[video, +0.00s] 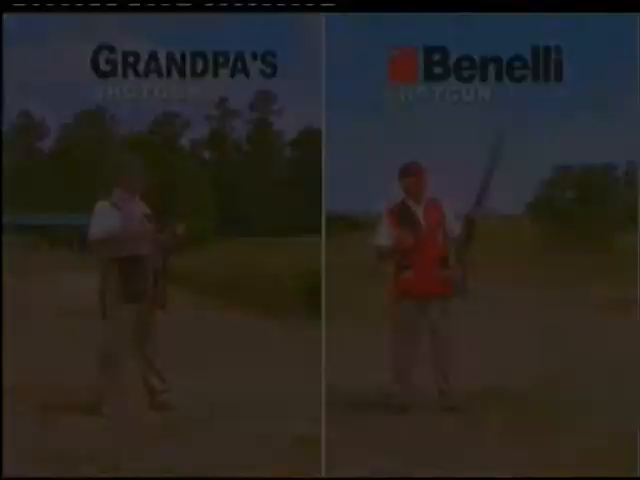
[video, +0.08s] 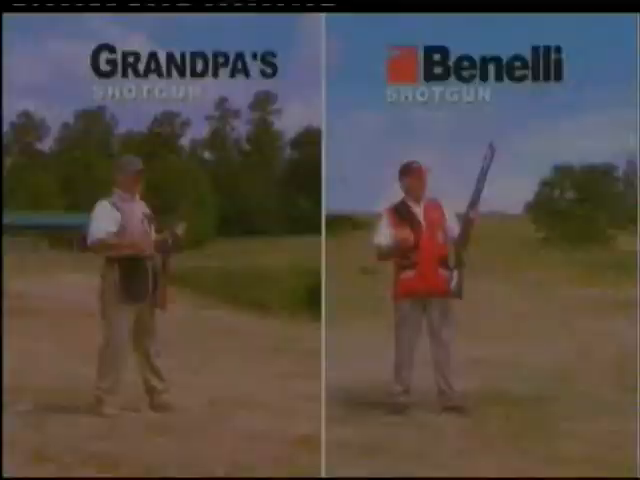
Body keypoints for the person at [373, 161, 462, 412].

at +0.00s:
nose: (415, 187)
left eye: (419, 181)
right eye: (410, 182)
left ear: (425, 183)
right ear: (402, 185)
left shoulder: (437, 211)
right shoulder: (393, 214)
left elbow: (451, 241)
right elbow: (382, 250)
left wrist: (466, 231)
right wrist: (401, 247)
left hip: (437, 286)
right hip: (407, 288)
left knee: (442, 338)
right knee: (405, 340)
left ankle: (445, 389)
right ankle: (403, 389)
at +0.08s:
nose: (419, 184)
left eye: (421, 179)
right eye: (413, 179)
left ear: (426, 181)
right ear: (403, 182)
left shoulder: (438, 210)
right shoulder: (391, 214)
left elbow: (455, 242)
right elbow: (381, 251)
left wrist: (467, 226)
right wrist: (399, 244)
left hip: (438, 284)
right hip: (408, 285)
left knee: (442, 340)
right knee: (405, 340)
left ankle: (447, 392)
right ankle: (402, 391)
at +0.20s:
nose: (421, 184)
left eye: (423, 178)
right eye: (415, 179)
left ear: (427, 180)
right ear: (404, 182)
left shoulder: (440, 209)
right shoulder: (393, 212)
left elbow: (453, 246)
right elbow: (380, 248)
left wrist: (461, 229)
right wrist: (400, 243)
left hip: (438, 281)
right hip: (409, 282)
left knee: (443, 341)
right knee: (406, 342)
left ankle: (450, 395)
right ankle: (401, 394)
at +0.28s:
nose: (423, 183)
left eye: (424, 178)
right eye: (417, 179)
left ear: (427, 180)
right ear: (404, 182)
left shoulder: (439, 208)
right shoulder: (393, 212)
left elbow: (455, 247)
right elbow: (380, 246)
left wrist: (457, 230)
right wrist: (401, 243)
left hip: (438, 279)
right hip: (409, 281)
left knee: (443, 340)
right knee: (406, 342)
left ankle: (451, 396)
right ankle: (401, 395)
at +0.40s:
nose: (422, 183)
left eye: (424, 178)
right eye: (417, 179)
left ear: (427, 180)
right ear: (405, 182)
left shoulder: (438, 208)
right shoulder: (394, 211)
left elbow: (456, 248)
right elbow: (382, 244)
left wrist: (453, 231)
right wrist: (409, 246)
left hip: (438, 278)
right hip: (409, 279)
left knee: (443, 339)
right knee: (406, 341)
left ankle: (451, 395)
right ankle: (401, 394)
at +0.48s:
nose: (422, 183)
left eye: (424, 178)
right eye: (417, 178)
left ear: (428, 180)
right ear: (405, 182)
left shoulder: (437, 208)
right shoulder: (394, 211)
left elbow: (456, 248)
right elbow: (384, 242)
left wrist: (452, 230)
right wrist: (415, 249)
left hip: (438, 278)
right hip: (410, 280)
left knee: (443, 339)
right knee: (406, 341)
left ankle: (451, 396)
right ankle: (401, 395)